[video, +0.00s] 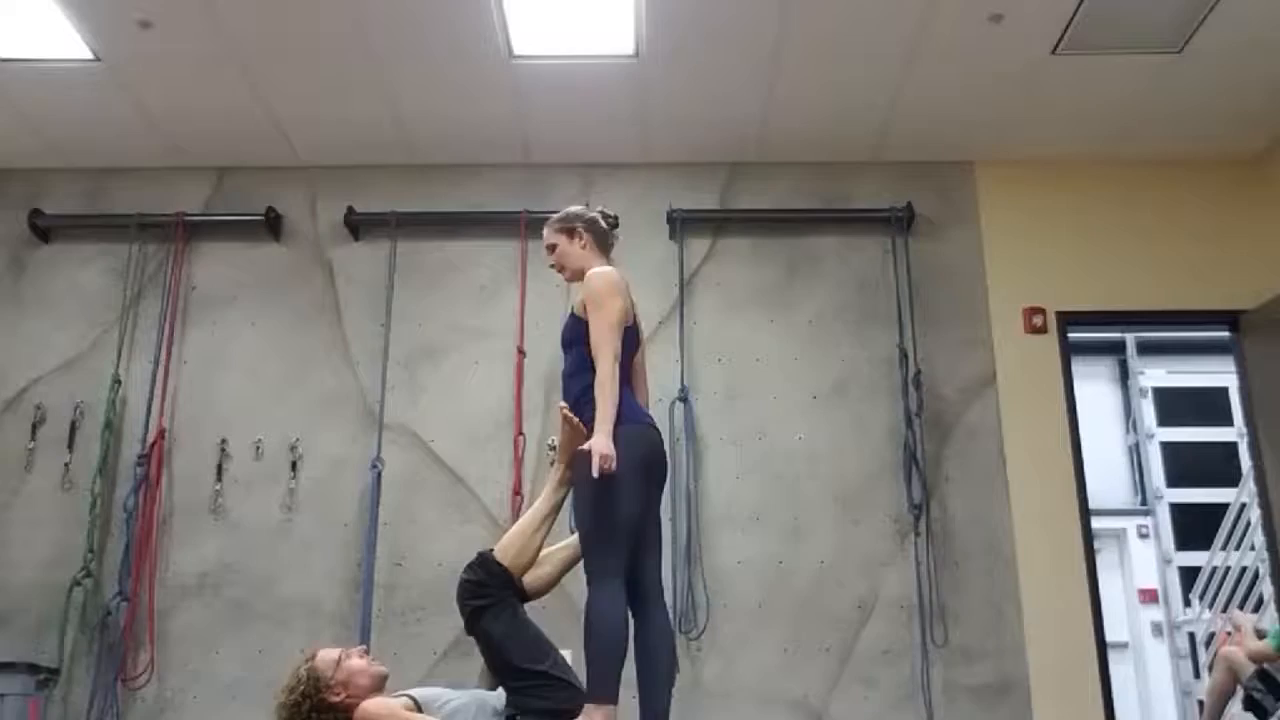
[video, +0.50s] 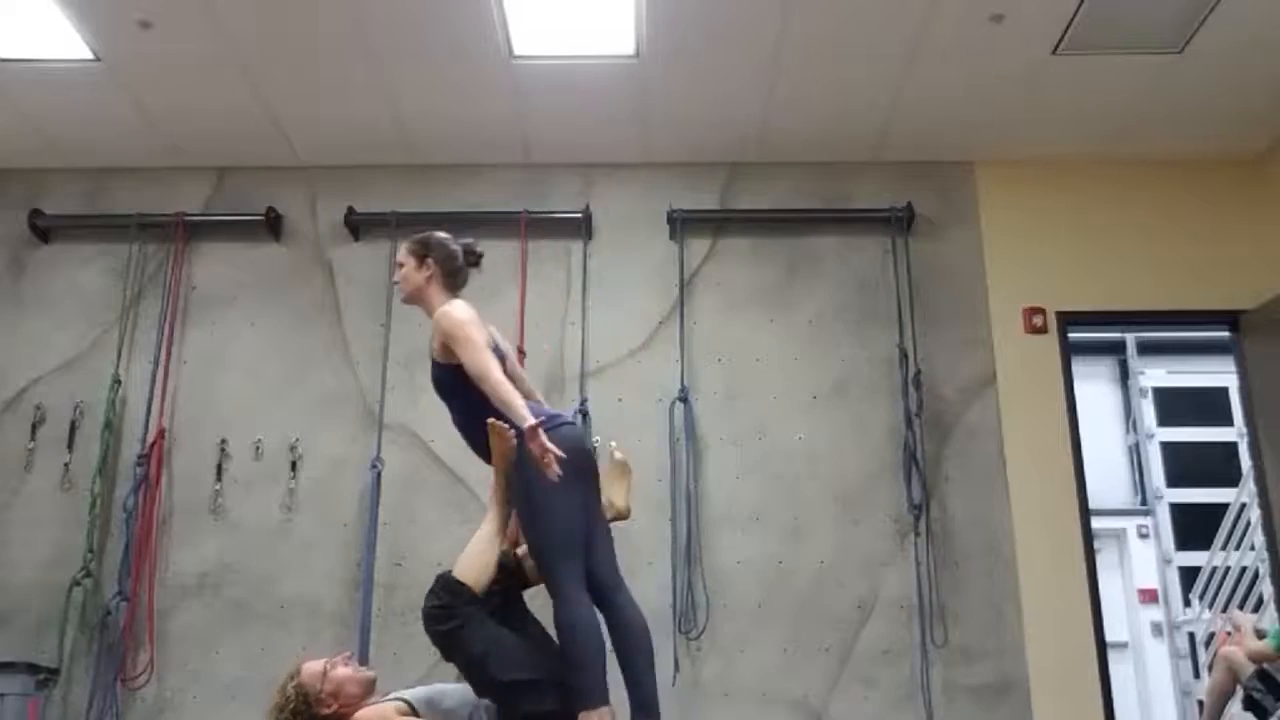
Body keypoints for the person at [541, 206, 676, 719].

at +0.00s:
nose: (550, 260)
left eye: (553, 249)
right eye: (547, 251)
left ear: (579, 239)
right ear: (586, 241)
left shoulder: (598, 278)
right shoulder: (619, 287)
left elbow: (607, 363)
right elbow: (638, 379)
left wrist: (603, 432)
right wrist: (642, 437)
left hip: (610, 442)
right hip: (640, 442)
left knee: (604, 583)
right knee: (647, 590)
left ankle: (599, 706)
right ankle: (657, 713)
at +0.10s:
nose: (536, 253)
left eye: (541, 242)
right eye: (534, 245)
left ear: (569, 237)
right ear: (574, 240)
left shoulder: (588, 281)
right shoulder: (604, 287)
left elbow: (600, 362)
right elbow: (629, 374)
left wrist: (603, 433)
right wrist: (623, 432)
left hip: (608, 436)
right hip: (634, 437)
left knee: (608, 582)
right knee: (647, 587)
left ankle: (599, 707)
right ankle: (658, 712)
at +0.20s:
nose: (510, 249)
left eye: (515, 238)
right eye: (510, 240)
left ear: (542, 238)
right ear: (545, 239)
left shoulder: (561, 284)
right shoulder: (559, 290)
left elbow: (583, 358)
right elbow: (575, 368)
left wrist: (606, 425)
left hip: (591, 439)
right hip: (610, 435)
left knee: (601, 582)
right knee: (636, 587)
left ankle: (597, 709)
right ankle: (654, 713)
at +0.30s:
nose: (482, 253)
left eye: (487, 243)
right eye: (483, 243)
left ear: (513, 243)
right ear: (513, 245)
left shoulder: (536, 288)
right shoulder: (532, 295)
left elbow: (565, 360)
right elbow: (539, 382)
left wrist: (595, 423)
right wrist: (527, 482)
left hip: (583, 438)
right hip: (596, 434)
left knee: (597, 582)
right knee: (630, 587)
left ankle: (596, 709)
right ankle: (654, 712)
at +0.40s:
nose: (437, 262)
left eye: (444, 253)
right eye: (439, 254)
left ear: (471, 257)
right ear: (476, 257)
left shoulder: (491, 301)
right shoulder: (501, 305)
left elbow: (529, 365)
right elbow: (544, 371)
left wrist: (565, 421)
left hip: (561, 445)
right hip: (584, 438)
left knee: (584, 585)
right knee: (620, 584)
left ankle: (595, 709)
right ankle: (650, 712)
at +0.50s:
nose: (395, 276)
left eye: (401, 266)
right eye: (397, 267)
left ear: (427, 269)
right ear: (433, 271)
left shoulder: (451, 316)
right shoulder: (468, 318)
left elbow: (491, 378)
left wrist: (530, 426)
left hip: (536, 449)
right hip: (563, 441)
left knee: (568, 591)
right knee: (610, 588)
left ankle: (592, 710)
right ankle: (649, 711)